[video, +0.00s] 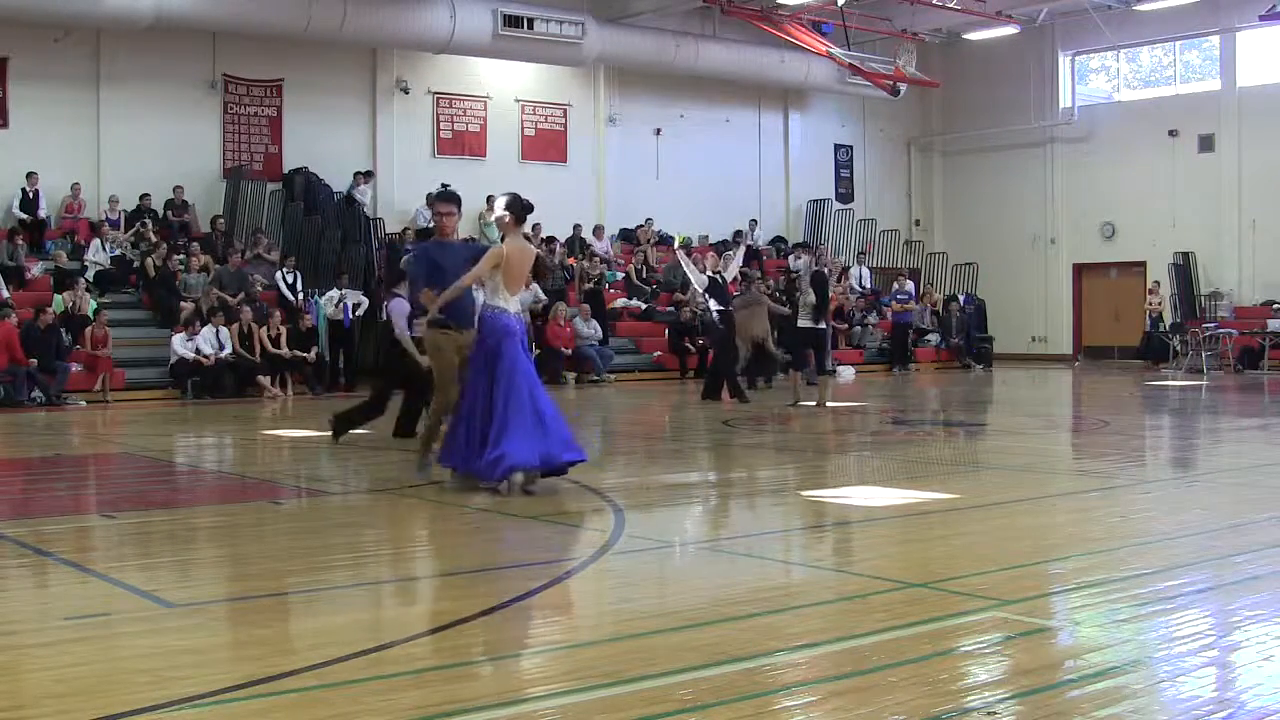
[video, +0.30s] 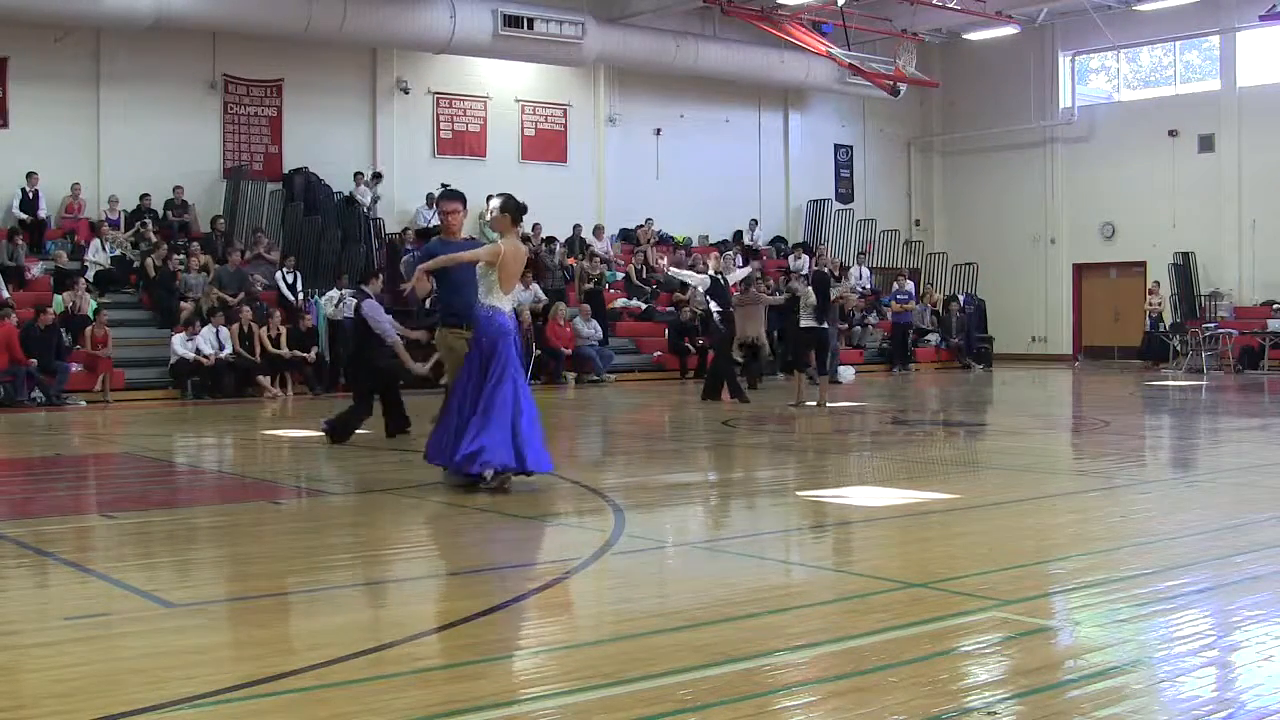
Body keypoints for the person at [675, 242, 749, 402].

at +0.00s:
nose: (713, 259)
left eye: (714, 257)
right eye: (710, 257)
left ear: (718, 261)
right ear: (705, 262)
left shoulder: (724, 277)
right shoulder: (703, 280)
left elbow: (735, 264)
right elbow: (690, 269)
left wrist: (744, 245)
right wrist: (679, 252)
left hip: (729, 316)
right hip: (717, 317)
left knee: (722, 354)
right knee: (728, 353)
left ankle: (711, 392)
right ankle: (737, 392)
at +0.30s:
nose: (718, 261)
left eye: (719, 259)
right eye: (715, 259)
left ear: (721, 262)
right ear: (708, 262)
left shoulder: (725, 279)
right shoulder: (706, 279)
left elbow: (739, 273)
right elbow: (689, 276)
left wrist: (751, 267)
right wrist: (669, 269)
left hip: (729, 317)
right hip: (716, 318)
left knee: (722, 355)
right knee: (724, 355)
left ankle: (710, 392)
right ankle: (738, 393)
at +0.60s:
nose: (729, 263)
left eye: (730, 260)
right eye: (725, 260)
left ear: (729, 262)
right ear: (717, 260)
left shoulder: (725, 281)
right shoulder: (710, 278)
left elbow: (735, 298)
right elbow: (691, 290)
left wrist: (747, 297)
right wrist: (682, 296)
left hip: (727, 323)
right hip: (717, 323)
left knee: (721, 357)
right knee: (727, 355)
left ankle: (710, 392)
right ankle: (738, 392)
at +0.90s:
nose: (737, 264)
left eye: (737, 261)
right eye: (735, 261)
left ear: (730, 261)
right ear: (726, 260)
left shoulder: (729, 278)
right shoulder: (720, 278)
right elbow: (716, 304)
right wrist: (722, 326)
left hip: (728, 326)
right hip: (722, 327)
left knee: (718, 360)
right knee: (733, 360)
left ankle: (709, 392)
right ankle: (733, 394)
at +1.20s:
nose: (746, 266)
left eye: (746, 263)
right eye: (743, 262)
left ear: (736, 264)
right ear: (734, 263)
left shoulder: (731, 280)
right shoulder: (729, 281)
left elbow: (738, 304)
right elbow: (739, 304)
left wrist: (745, 325)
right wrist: (749, 325)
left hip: (729, 323)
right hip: (729, 324)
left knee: (729, 357)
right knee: (733, 357)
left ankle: (726, 389)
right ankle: (732, 392)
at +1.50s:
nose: (753, 266)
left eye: (754, 262)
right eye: (750, 262)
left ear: (754, 264)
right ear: (741, 262)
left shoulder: (748, 282)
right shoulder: (731, 280)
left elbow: (749, 303)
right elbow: (740, 303)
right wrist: (758, 305)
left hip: (747, 324)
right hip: (733, 324)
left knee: (756, 358)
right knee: (735, 362)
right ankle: (732, 396)